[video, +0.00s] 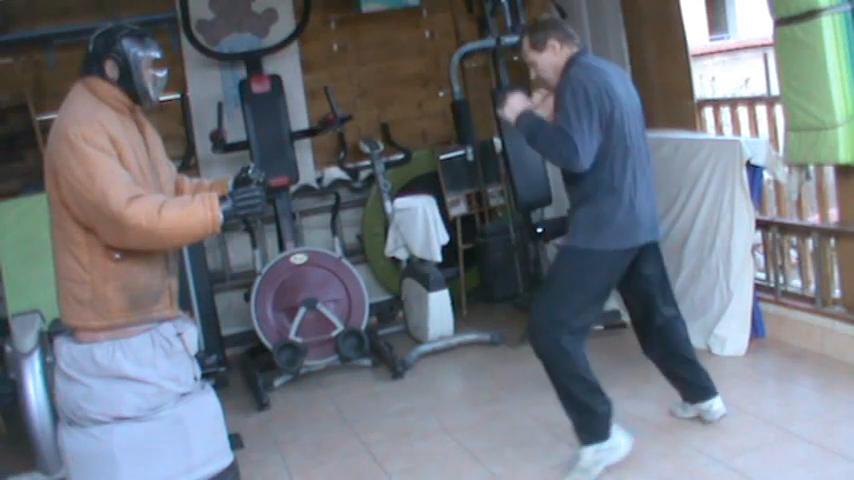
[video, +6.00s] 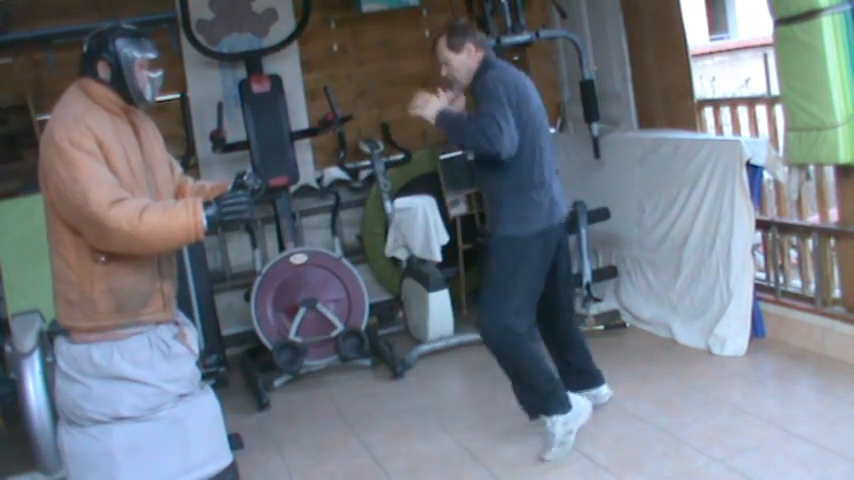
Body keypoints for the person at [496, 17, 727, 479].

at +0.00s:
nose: (536, 73)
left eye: (535, 63)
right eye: (532, 66)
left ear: (557, 46)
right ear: (564, 44)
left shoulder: (580, 79)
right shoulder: (610, 73)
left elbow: (575, 155)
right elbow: (603, 151)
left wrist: (523, 118)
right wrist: (556, 118)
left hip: (605, 228)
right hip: (637, 221)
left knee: (549, 328)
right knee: (658, 320)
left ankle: (600, 437)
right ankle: (704, 398)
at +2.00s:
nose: (434, 56)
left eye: (435, 45)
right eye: (431, 48)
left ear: (458, 31)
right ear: (468, 27)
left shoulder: (491, 63)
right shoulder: (518, 55)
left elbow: (453, 149)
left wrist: (405, 97)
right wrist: (456, 98)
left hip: (537, 236)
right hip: (559, 228)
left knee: (531, 361)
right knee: (548, 356)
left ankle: (547, 466)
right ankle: (552, 463)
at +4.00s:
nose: (438, 74)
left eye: (442, 64)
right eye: (436, 66)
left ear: (469, 54)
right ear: (464, 56)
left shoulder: (509, 90)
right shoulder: (481, 99)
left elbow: (512, 156)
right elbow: (459, 176)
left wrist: (445, 120)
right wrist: (445, 126)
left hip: (528, 247)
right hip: (526, 245)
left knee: (523, 357)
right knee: (551, 335)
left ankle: (545, 467)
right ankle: (608, 398)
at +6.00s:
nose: (446, 73)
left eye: (448, 63)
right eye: (443, 66)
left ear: (473, 50)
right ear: (474, 52)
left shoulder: (494, 82)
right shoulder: (510, 78)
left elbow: (498, 142)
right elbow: (505, 140)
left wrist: (443, 115)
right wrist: (456, 115)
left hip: (525, 223)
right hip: (545, 215)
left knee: (500, 320)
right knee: (553, 311)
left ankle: (560, 410)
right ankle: (589, 384)